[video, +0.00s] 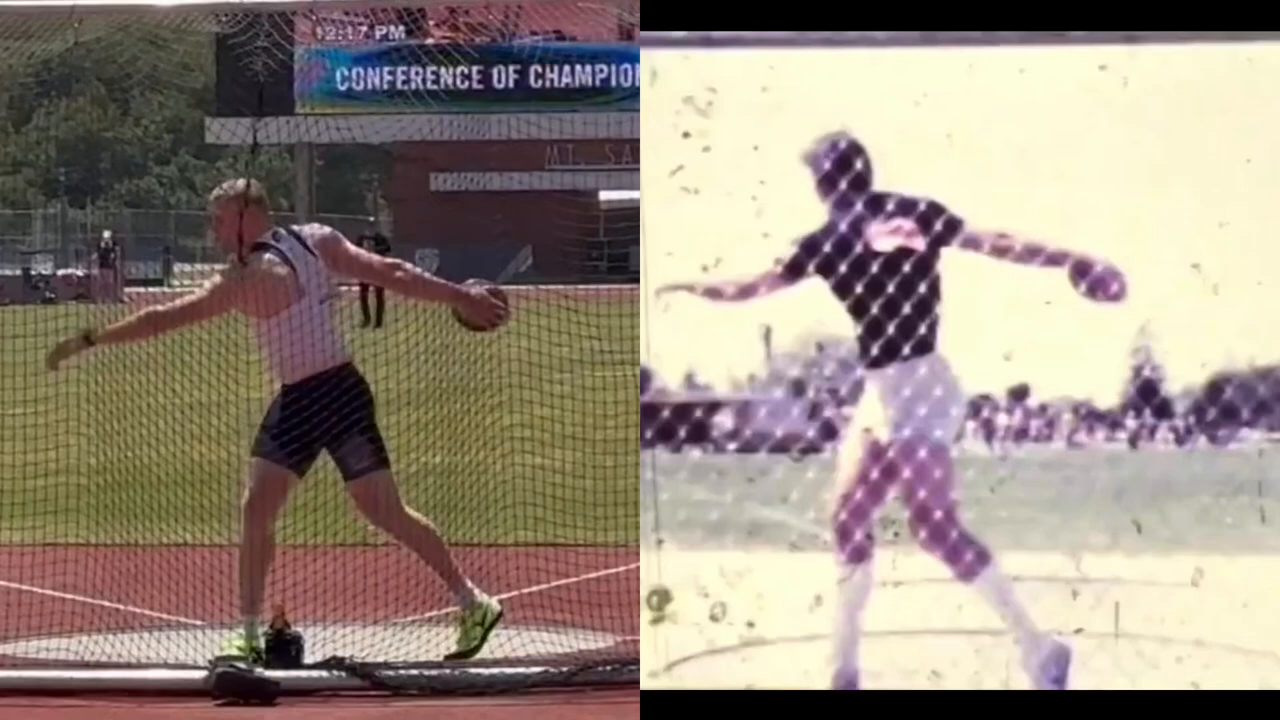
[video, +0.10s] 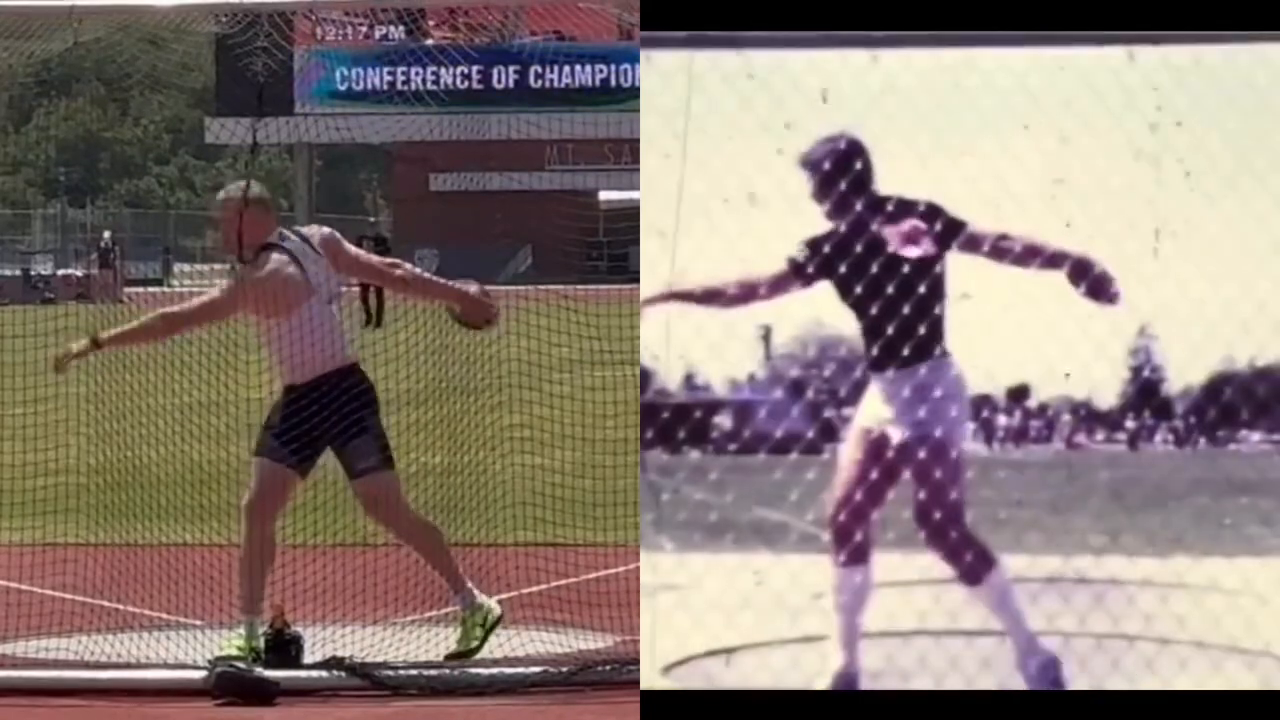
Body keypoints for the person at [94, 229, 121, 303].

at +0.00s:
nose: (106, 239)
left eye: (108, 237)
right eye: (105, 237)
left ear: (111, 237)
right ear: (102, 237)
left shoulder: (114, 246)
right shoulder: (100, 246)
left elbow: (116, 257)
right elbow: (98, 255)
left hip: (111, 268)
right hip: (102, 268)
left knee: (110, 283)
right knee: (102, 283)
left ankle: (111, 298)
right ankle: (101, 298)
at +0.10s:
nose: (106, 239)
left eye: (108, 237)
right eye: (105, 237)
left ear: (110, 237)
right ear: (102, 237)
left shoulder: (114, 246)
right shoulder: (100, 245)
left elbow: (116, 256)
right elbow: (97, 255)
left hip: (110, 267)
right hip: (102, 267)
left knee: (110, 283)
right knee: (102, 283)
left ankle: (111, 297)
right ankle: (102, 298)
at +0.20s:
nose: (105, 239)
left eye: (107, 237)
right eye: (104, 237)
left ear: (109, 237)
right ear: (102, 237)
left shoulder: (113, 245)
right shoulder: (99, 245)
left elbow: (115, 255)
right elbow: (97, 254)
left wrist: (114, 262)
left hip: (110, 267)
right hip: (101, 267)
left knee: (109, 283)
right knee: (102, 283)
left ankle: (110, 297)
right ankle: (101, 297)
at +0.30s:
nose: (105, 239)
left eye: (107, 237)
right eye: (104, 237)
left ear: (110, 237)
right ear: (102, 237)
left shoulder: (113, 245)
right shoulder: (99, 245)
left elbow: (116, 255)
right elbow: (97, 254)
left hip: (110, 267)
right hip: (101, 267)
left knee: (110, 283)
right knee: (101, 283)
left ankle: (111, 297)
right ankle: (101, 297)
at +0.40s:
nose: (105, 239)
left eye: (107, 237)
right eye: (103, 237)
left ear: (109, 237)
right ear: (101, 237)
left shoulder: (112, 245)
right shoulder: (99, 245)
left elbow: (115, 255)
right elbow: (97, 254)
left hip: (109, 266)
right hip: (101, 266)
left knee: (109, 282)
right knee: (102, 283)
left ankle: (110, 297)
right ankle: (101, 297)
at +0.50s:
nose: (105, 239)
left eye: (106, 237)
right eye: (103, 237)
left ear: (109, 237)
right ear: (101, 237)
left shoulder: (112, 245)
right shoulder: (99, 245)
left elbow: (115, 256)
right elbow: (97, 254)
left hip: (109, 267)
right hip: (100, 267)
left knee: (109, 282)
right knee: (101, 283)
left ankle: (110, 297)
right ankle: (101, 297)